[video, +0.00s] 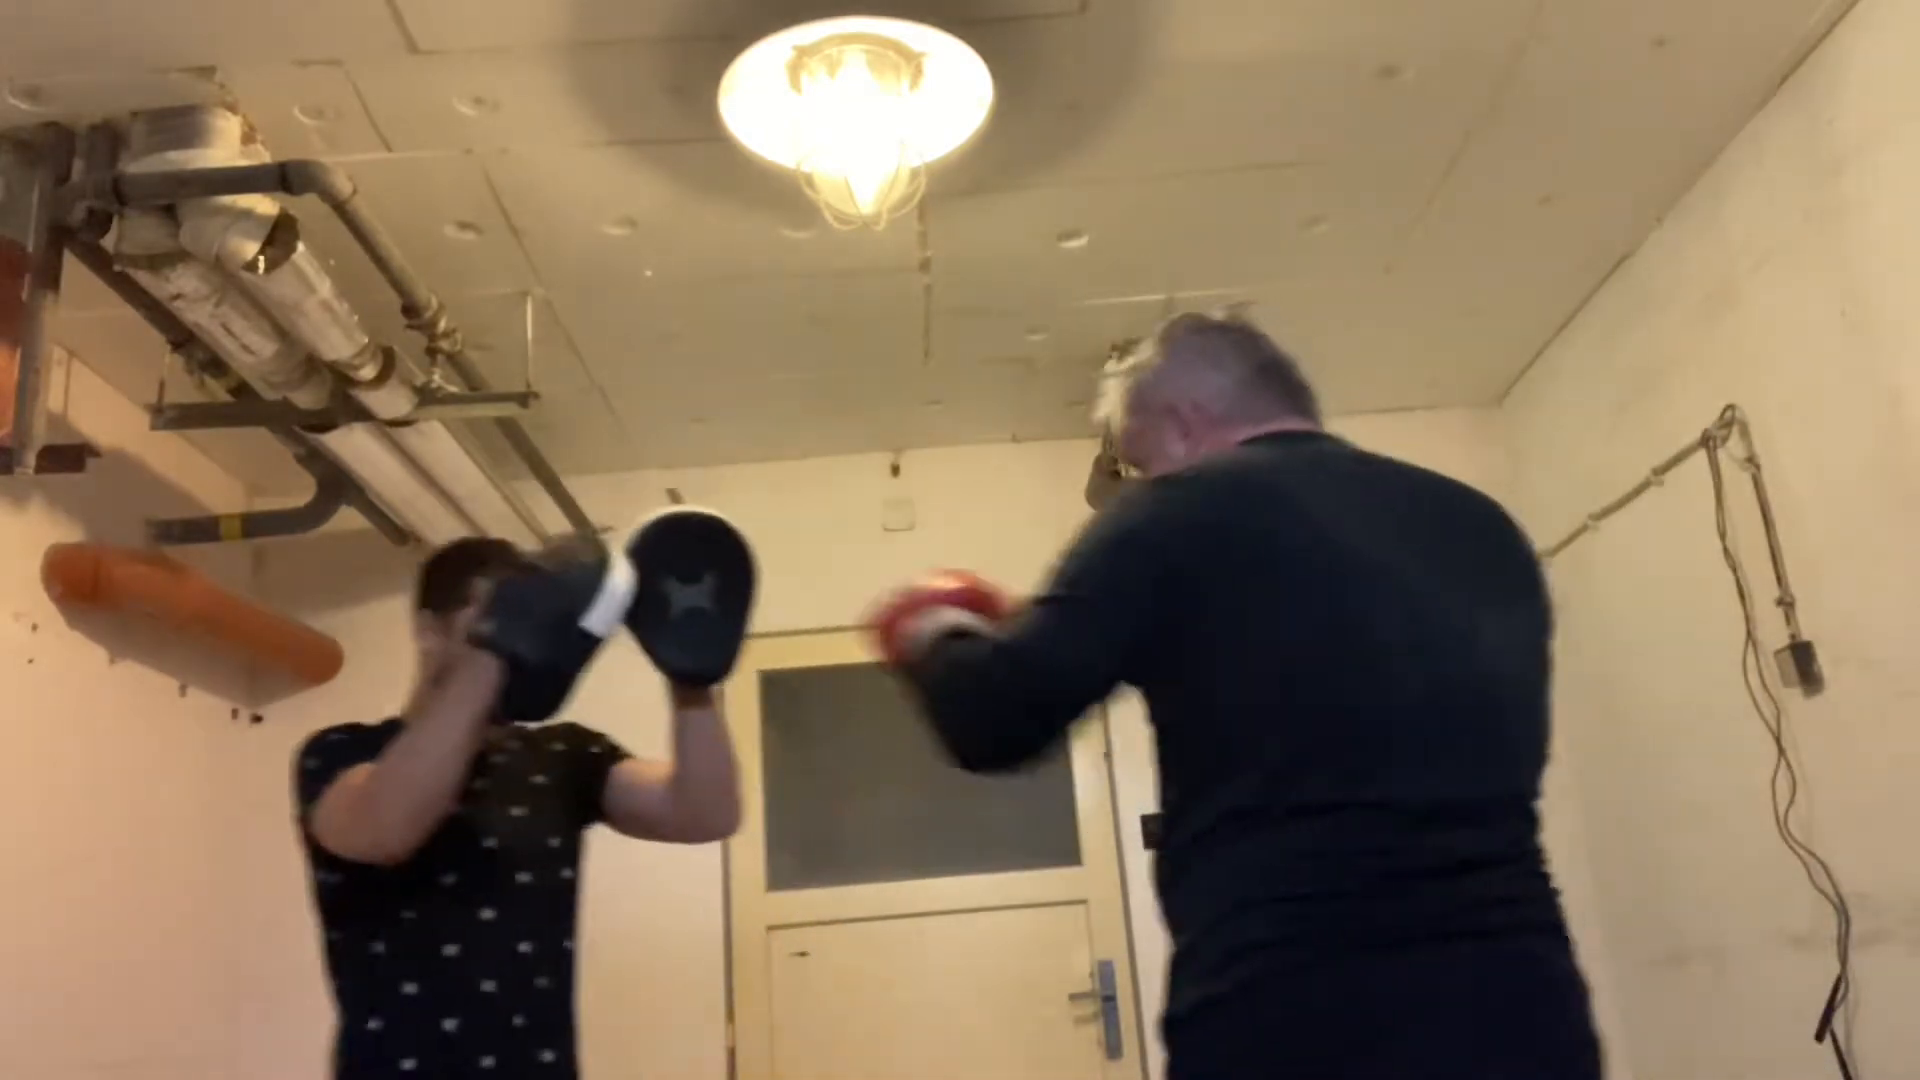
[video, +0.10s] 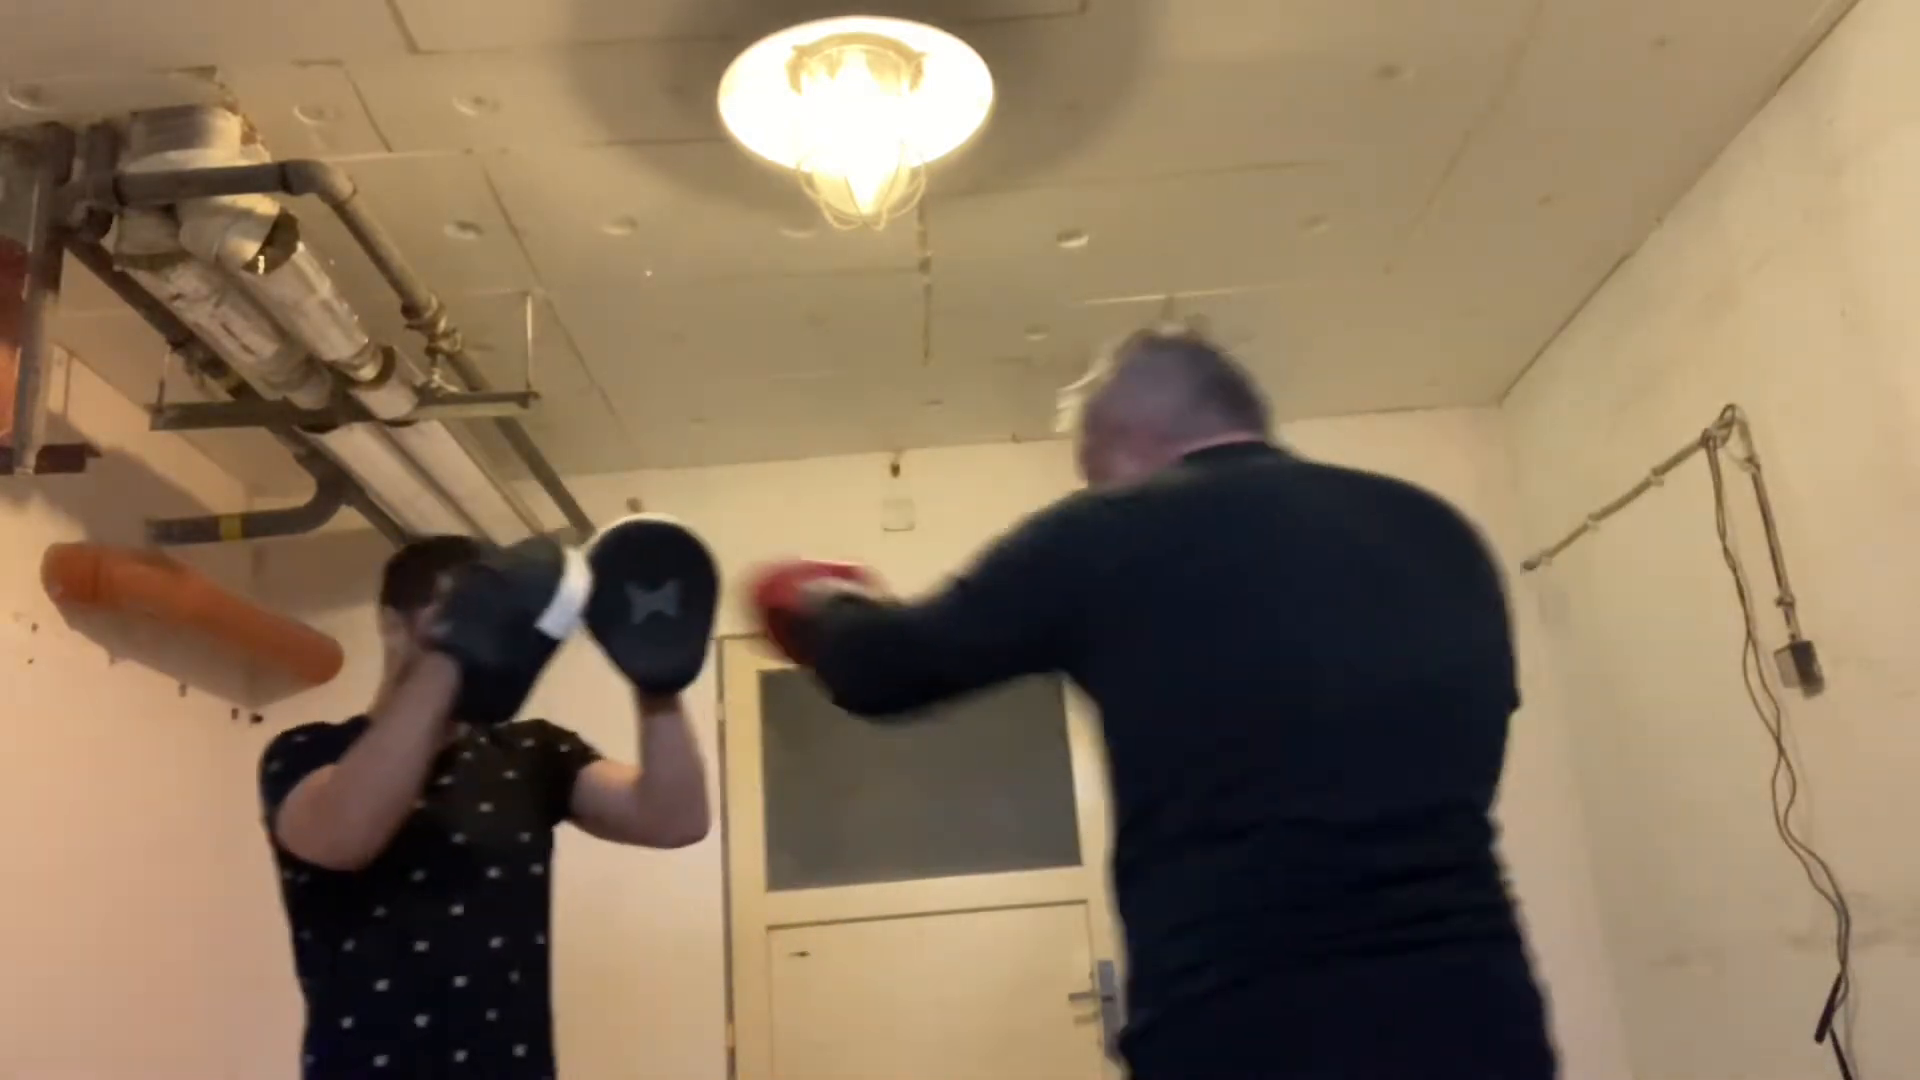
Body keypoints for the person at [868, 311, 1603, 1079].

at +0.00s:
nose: (1138, 490)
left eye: (1133, 466)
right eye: (1129, 472)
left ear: (1181, 425)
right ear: (1296, 407)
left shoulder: (1173, 523)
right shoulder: (1483, 527)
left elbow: (994, 722)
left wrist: (940, 638)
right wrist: (1042, 626)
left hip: (1273, 1021)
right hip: (1519, 1017)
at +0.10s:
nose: (1100, 498)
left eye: (1095, 473)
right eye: (1095, 477)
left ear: (1125, 444)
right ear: (1253, 427)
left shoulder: (1108, 540)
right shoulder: (1440, 531)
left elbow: (891, 667)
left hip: (1228, 1027)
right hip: (1471, 1024)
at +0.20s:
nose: (1025, 507)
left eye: (1023, 486)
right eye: (1024, 489)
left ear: (1050, 462)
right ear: (1182, 443)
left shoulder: (1015, 563)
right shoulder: (1358, 548)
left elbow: (830, 609)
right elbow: (1458, 785)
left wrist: (696, 595)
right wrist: (1296, 727)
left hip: (1162, 1027)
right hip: (1403, 1024)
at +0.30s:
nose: (934, 518)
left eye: (930, 498)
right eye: (931, 501)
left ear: (957, 476)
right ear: (1089, 456)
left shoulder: (945, 569)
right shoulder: (1264, 559)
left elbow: (775, 647)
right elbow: (1445, 761)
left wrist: (700, 612)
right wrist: (1265, 782)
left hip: (1080, 1038)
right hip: (1316, 1032)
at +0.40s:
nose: (842, 525)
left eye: (835, 500)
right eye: (832, 505)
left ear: (871, 474)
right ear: (984, 451)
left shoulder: (845, 586)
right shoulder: (1166, 557)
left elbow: (655, 740)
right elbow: (1371, 670)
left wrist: (692, 637)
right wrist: (1287, 840)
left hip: (1000, 1038)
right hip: (1225, 1023)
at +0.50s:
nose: (734, 526)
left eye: (734, 482)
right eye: (725, 489)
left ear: (800, 453)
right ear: (884, 445)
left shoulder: (810, 582)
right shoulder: (1071, 549)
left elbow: (648, 817)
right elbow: (1237, 614)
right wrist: (1283, 705)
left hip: (954, 1044)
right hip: (1159, 1025)